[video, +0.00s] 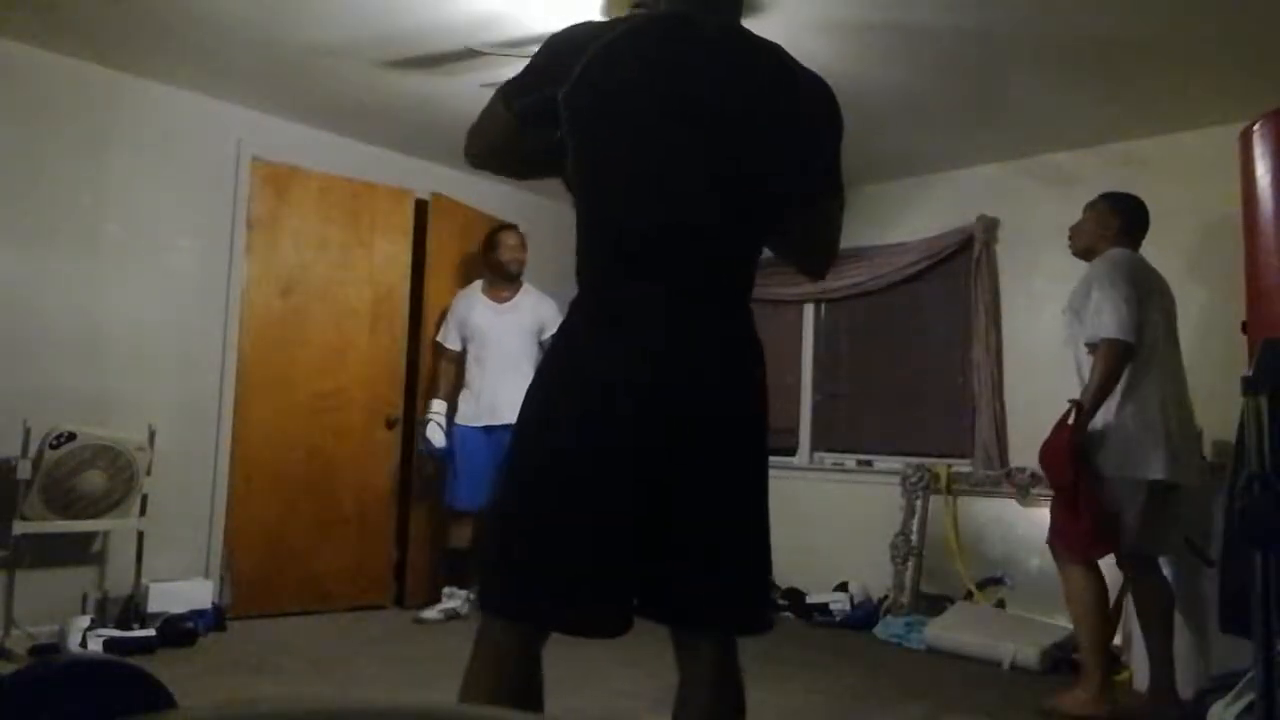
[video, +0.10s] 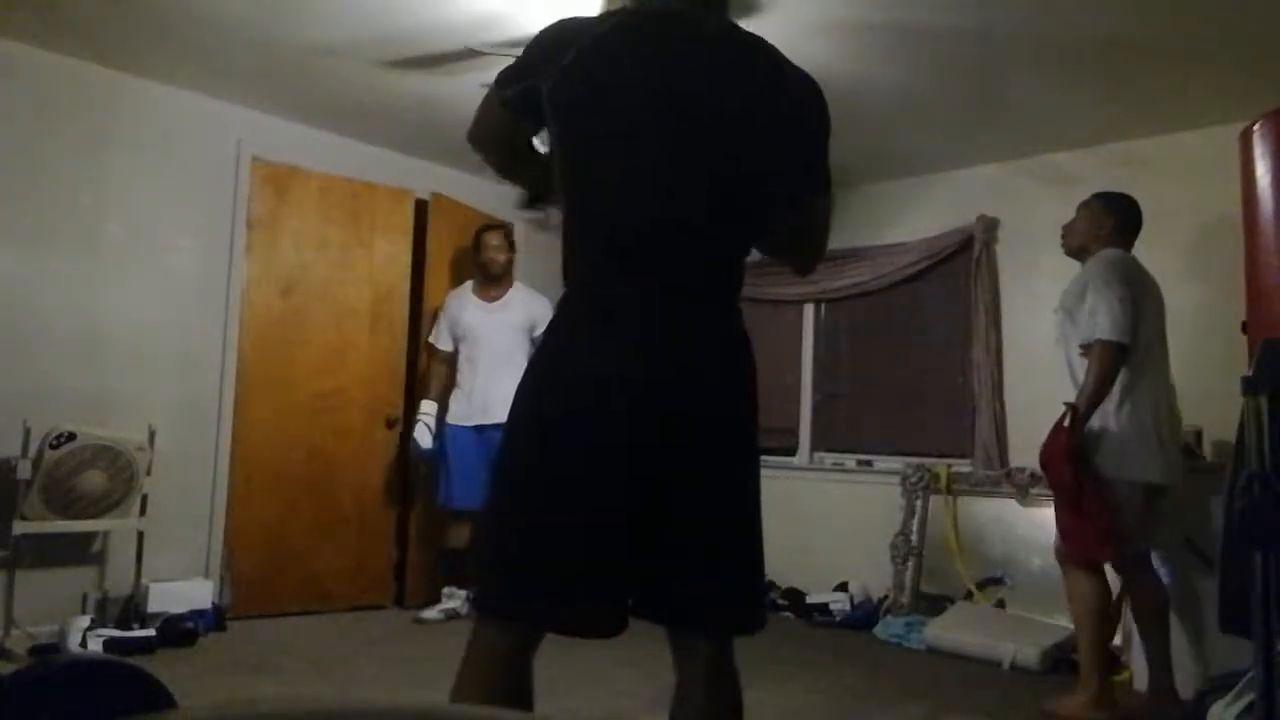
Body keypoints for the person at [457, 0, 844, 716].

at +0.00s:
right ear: (744, 1)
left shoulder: (589, 50)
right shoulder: (799, 91)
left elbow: (490, 144)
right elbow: (815, 250)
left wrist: (603, 154)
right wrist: (733, 176)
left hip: (596, 358)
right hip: (718, 369)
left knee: (511, 620)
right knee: (706, 634)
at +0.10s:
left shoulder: (579, 39)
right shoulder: (787, 87)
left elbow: (491, 130)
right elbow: (802, 246)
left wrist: (545, 181)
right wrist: (720, 187)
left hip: (583, 353)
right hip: (706, 365)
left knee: (506, 624)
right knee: (703, 640)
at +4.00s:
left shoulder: (557, 59)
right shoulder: (768, 68)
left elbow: (540, 240)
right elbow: (831, 244)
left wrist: (630, 283)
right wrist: (734, 204)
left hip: (583, 357)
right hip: (705, 361)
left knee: (507, 627)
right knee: (696, 645)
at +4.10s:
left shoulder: (573, 63)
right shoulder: (787, 70)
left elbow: (554, 240)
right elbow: (858, 240)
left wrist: (639, 282)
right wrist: (756, 206)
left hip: (593, 354)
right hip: (713, 360)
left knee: (518, 618)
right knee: (700, 636)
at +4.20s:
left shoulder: (585, 65)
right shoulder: (799, 70)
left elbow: (568, 244)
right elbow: (881, 236)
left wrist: (652, 292)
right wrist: (768, 219)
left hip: (603, 354)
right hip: (723, 359)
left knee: (527, 611)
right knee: (707, 634)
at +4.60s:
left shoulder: (608, 67)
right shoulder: (820, 72)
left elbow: (602, 255)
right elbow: (901, 234)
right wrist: (788, 216)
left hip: (617, 357)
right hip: (737, 365)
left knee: (541, 610)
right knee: (714, 644)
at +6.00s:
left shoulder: (413, 55)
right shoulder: (624, 24)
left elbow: (453, 240)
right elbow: (751, 174)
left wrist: (624, 279)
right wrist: (636, 129)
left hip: (461, 360)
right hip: (592, 362)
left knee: (431, 653)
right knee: (638, 654)